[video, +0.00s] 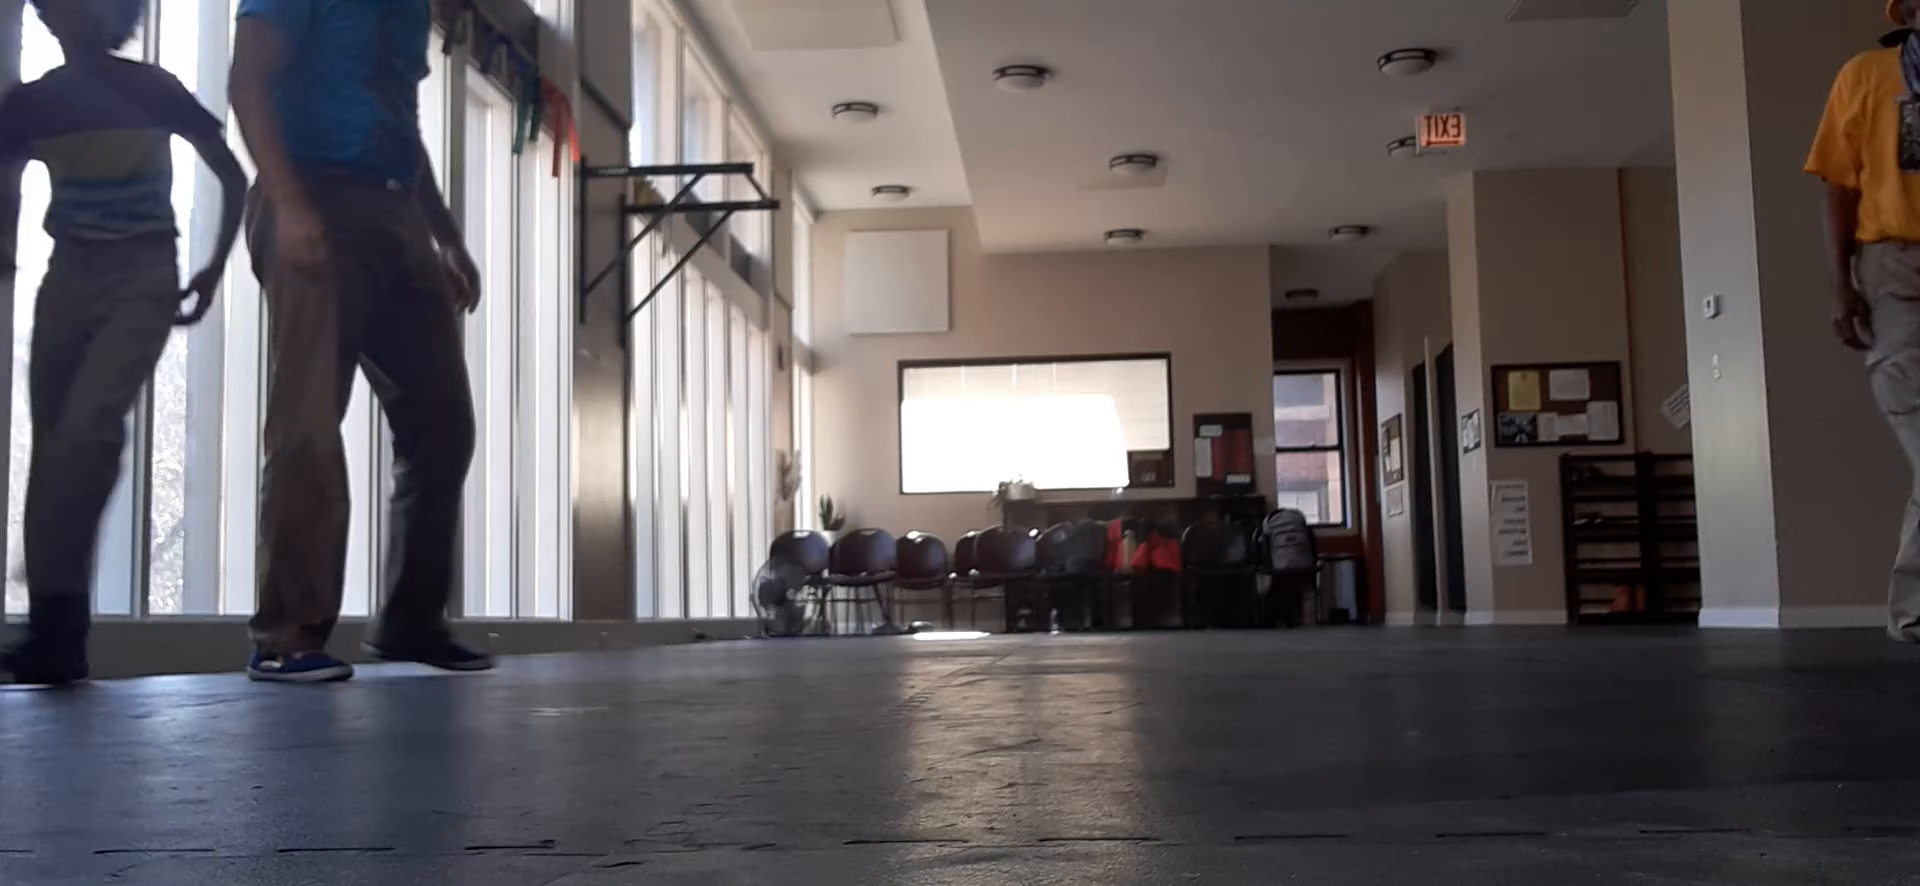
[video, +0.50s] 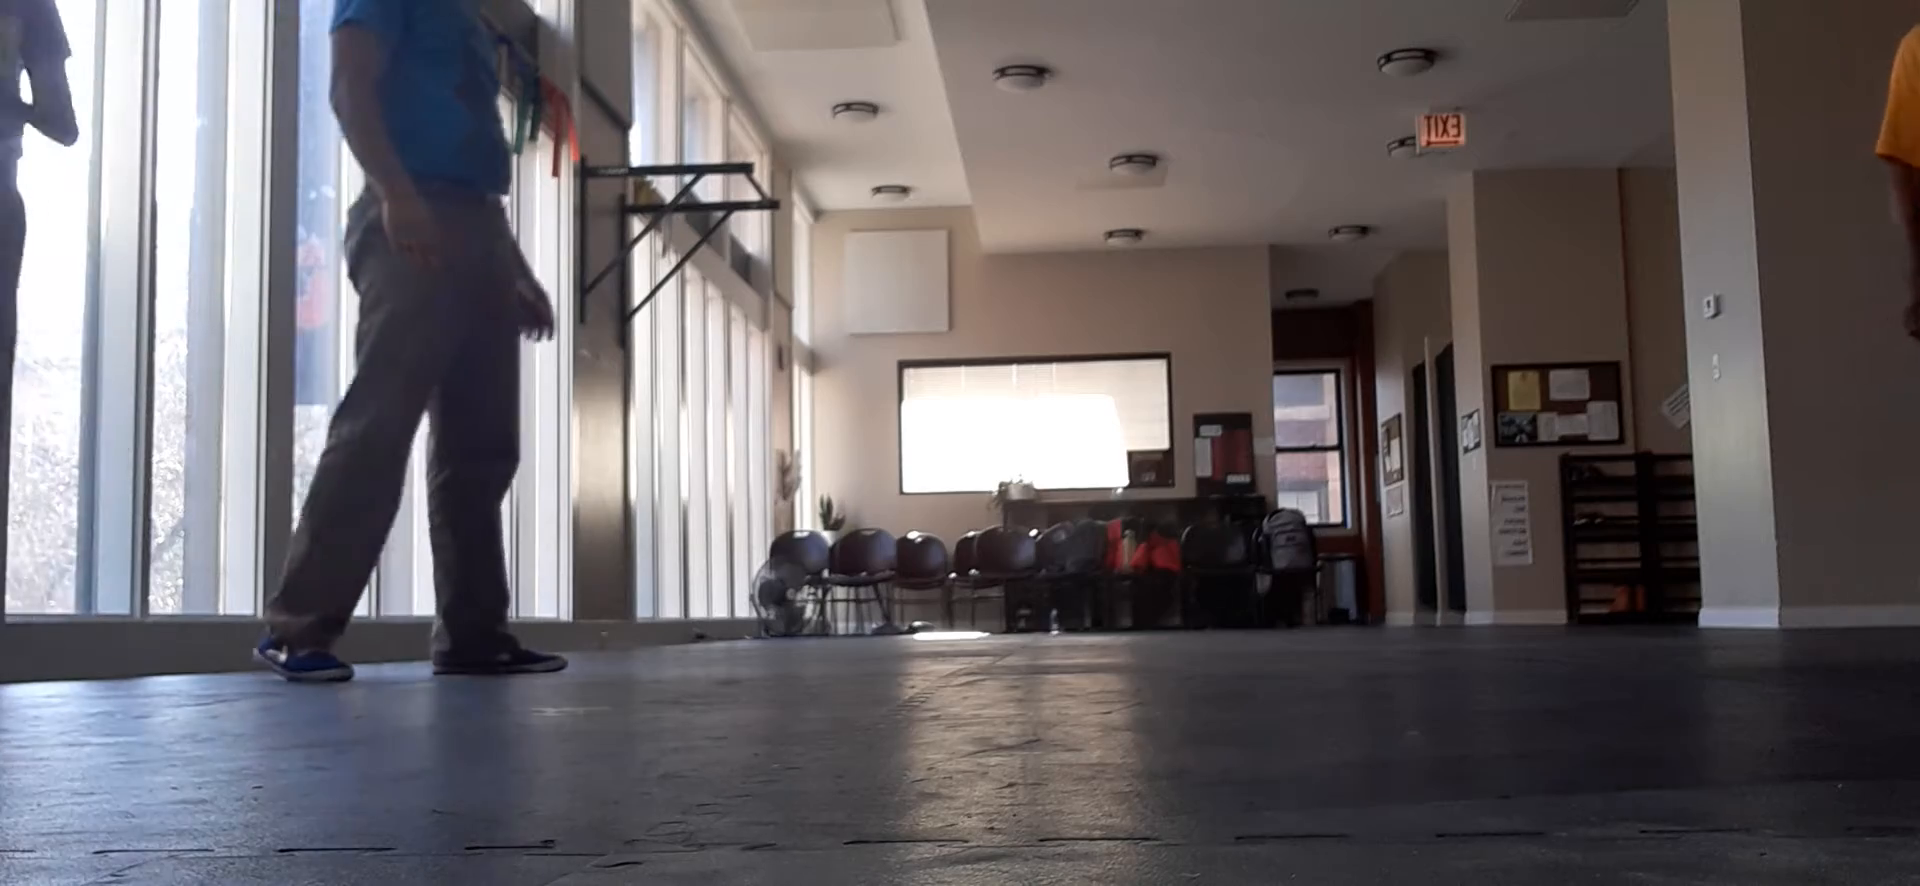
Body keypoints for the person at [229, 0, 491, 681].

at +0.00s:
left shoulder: (410, 11)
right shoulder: (291, 4)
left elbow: (398, 124)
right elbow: (247, 84)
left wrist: (447, 237)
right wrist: (289, 202)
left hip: (396, 211)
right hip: (310, 203)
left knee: (440, 426)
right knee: (305, 430)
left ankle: (412, 623)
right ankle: (285, 640)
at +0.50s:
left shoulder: (466, 23)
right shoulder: (383, 4)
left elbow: (472, 167)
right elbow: (350, 90)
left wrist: (513, 270)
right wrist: (399, 195)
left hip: (479, 226)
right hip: (415, 218)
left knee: (478, 447)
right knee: (379, 427)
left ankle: (472, 637)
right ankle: (295, 631)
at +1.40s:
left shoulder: (513, 24)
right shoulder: (457, 5)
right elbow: (403, 92)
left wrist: (545, 102)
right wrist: (443, 192)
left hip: (511, 220)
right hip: (463, 211)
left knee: (514, 428)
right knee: (493, 402)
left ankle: (477, 631)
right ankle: (401, 607)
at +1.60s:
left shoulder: (505, 26)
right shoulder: (452, 6)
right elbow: (403, 90)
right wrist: (444, 191)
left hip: (500, 225)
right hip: (456, 219)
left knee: (501, 438)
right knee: (481, 414)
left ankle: (474, 636)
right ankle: (378, 601)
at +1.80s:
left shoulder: (491, 40)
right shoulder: (436, 5)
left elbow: (493, 172)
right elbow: (391, 94)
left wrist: (524, 283)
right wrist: (448, 185)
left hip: (495, 233)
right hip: (442, 223)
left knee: (491, 447)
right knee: (452, 422)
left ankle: (473, 638)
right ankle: (343, 591)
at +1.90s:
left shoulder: (483, 34)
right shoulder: (414, 4)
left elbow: (484, 176)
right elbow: (378, 99)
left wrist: (520, 287)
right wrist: (441, 185)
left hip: (492, 238)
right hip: (430, 227)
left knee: (484, 453)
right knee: (415, 434)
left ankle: (472, 638)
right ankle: (336, 615)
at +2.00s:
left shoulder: (471, 30)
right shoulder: (394, 5)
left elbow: (471, 167)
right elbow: (357, 104)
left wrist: (504, 287)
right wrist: (422, 184)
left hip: (480, 238)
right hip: (411, 230)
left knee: (474, 453)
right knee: (391, 433)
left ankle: (472, 639)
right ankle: (328, 625)